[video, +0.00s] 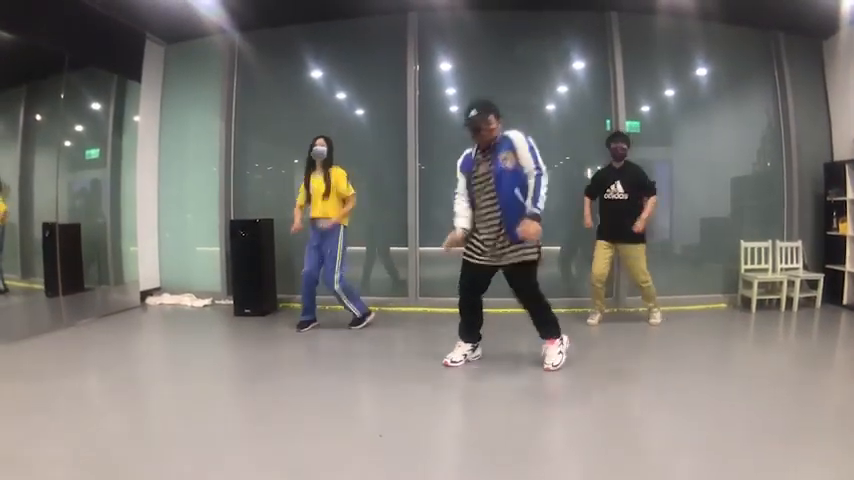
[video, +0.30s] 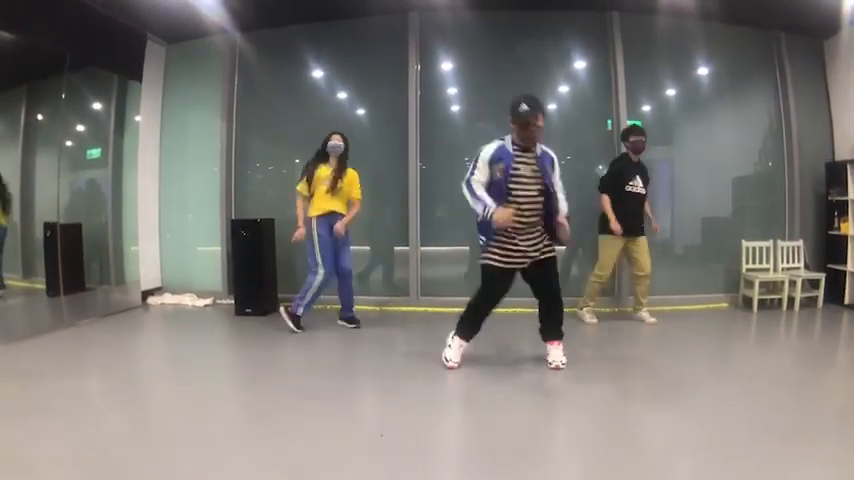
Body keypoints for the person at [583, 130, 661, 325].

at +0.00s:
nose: (618, 149)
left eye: (622, 146)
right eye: (614, 146)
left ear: (628, 149)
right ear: (609, 148)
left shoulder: (635, 172)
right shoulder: (602, 174)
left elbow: (651, 197)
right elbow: (588, 194)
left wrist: (643, 218)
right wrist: (587, 216)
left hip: (631, 235)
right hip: (606, 234)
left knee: (641, 277)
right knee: (597, 276)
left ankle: (653, 308)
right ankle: (597, 310)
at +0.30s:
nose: (639, 144)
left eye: (642, 140)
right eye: (634, 141)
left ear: (645, 142)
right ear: (626, 143)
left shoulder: (642, 169)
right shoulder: (618, 164)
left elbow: (642, 198)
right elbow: (604, 193)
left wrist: (651, 219)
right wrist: (612, 220)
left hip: (635, 228)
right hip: (614, 228)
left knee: (643, 270)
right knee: (603, 271)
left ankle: (640, 309)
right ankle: (586, 306)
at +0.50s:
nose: (647, 157)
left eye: (650, 153)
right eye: (643, 154)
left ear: (653, 154)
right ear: (633, 155)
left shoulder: (645, 174)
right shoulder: (625, 172)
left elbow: (647, 193)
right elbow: (605, 191)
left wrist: (658, 201)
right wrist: (624, 210)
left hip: (637, 236)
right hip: (618, 237)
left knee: (652, 274)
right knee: (606, 281)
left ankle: (641, 310)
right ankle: (579, 309)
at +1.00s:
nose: (609, 151)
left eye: (612, 148)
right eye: (605, 148)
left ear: (619, 148)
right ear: (600, 149)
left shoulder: (626, 171)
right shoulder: (597, 173)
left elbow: (646, 194)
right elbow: (589, 194)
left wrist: (637, 216)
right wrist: (583, 213)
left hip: (629, 234)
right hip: (604, 234)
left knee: (642, 275)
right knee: (596, 274)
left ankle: (656, 306)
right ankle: (597, 309)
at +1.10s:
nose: (608, 153)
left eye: (612, 150)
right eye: (604, 150)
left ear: (618, 150)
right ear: (599, 151)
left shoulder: (627, 171)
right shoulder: (593, 174)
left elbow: (647, 188)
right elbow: (582, 191)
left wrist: (634, 204)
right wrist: (581, 207)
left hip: (629, 234)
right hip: (603, 234)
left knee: (640, 275)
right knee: (595, 275)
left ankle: (655, 306)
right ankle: (597, 309)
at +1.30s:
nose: (626, 140)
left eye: (629, 136)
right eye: (621, 136)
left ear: (633, 138)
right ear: (613, 139)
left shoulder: (638, 166)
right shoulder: (604, 165)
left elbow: (641, 194)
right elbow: (589, 190)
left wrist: (645, 218)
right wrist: (595, 218)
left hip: (633, 228)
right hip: (608, 228)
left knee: (635, 271)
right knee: (603, 272)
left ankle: (633, 307)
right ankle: (595, 307)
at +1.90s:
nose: (634, 143)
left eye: (637, 139)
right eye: (630, 139)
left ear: (642, 141)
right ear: (623, 140)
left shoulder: (645, 168)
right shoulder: (611, 165)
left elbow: (647, 197)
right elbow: (598, 192)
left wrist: (650, 220)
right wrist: (598, 217)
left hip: (637, 229)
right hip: (611, 228)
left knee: (639, 273)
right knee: (602, 272)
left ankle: (634, 308)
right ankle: (591, 308)